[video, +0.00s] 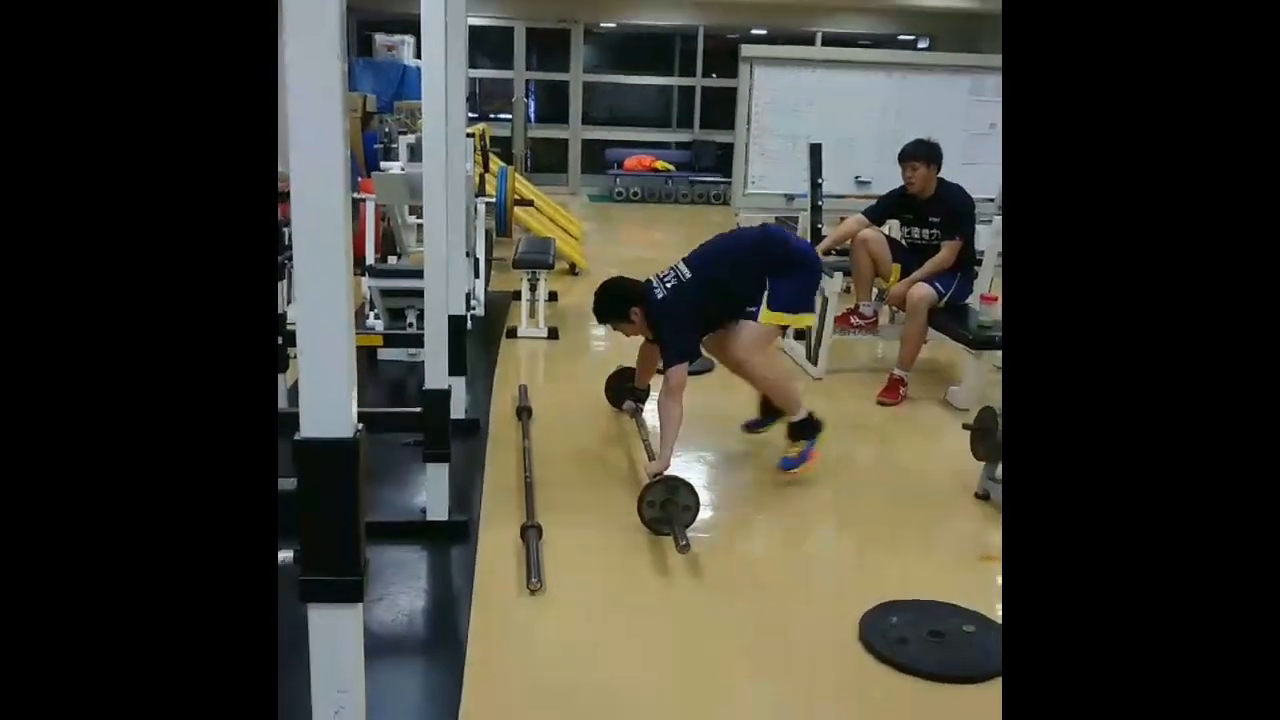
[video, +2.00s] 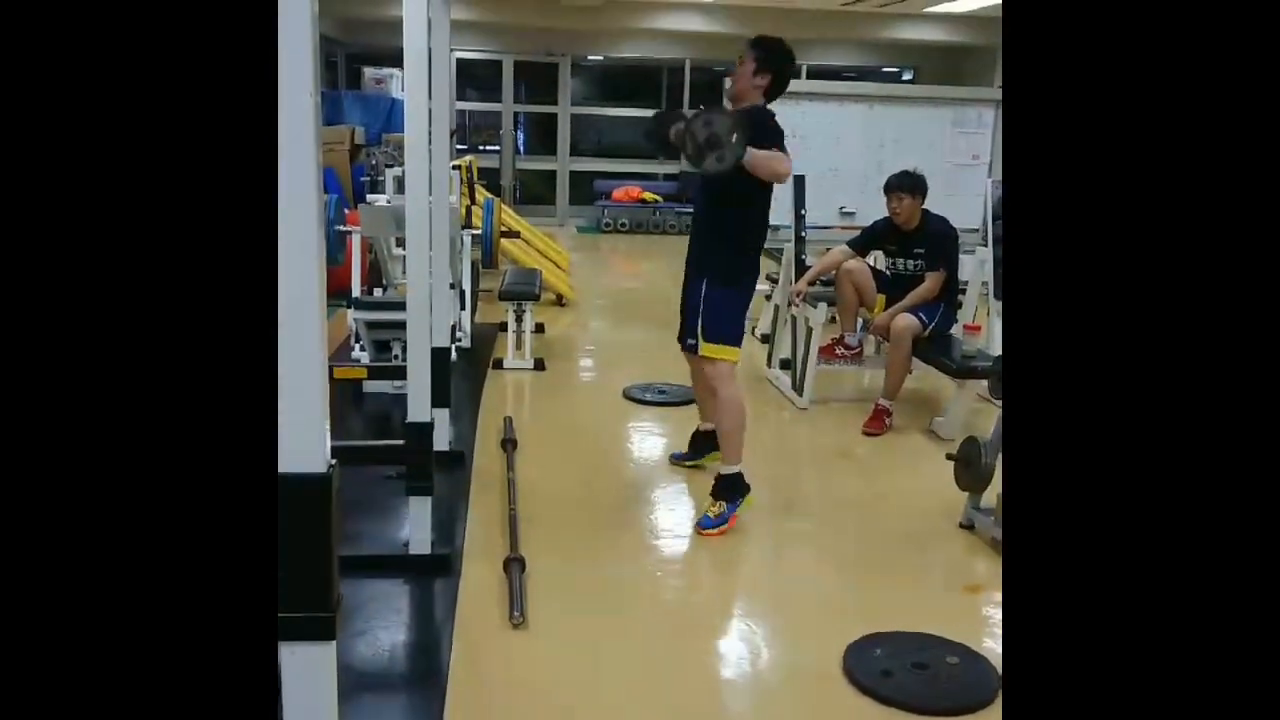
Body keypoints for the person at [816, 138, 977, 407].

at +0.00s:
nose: (907, 175)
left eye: (915, 169)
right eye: (904, 169)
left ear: (934, 170)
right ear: (901, 170)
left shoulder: (957, 199)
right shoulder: (899, 197)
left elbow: (947, 257)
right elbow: (858, 222)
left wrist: (906, 284)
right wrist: (819, 249)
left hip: (954, 273)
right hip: (914, 264)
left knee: (918, 295)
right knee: (864, 238)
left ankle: (899, 378)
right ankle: (864, 314)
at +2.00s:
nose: (893, 205)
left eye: (901, 199)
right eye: (890, 199)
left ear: (920, 201)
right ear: (886, 200)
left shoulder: (941, 231)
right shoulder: (884, 228)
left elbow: (932, 287)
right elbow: (843, 254)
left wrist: (889, 315)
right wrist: (805, 280)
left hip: (935, 304)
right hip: (895, 295)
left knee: (901, 325)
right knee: (849, 269)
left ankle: (883, 407)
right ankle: (849, 344)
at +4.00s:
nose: (884, 213)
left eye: (891, 207)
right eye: (881, 206)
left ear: (911, 208)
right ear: (877, 205)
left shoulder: (932, 238)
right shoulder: (875, 233)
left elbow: (922, 293)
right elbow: (833, 258)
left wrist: (880, 318)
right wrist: (796, 282)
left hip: (925, 308)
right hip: (888, 297)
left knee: (891, 331)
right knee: (839, 273)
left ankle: (872, 412)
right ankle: (839, 347)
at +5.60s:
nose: (879, 240)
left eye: (886, 233)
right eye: (876, 233)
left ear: (905, 235)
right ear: (873, 233)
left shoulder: (926, 266)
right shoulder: (870, 259)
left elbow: (916, 321)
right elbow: (829, 284)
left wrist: (873, 346)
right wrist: (792, 310)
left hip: (919, 336)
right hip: (881, 327)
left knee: (885, 357)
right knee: (834, 300)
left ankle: (866, 438)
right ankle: (833, 374)